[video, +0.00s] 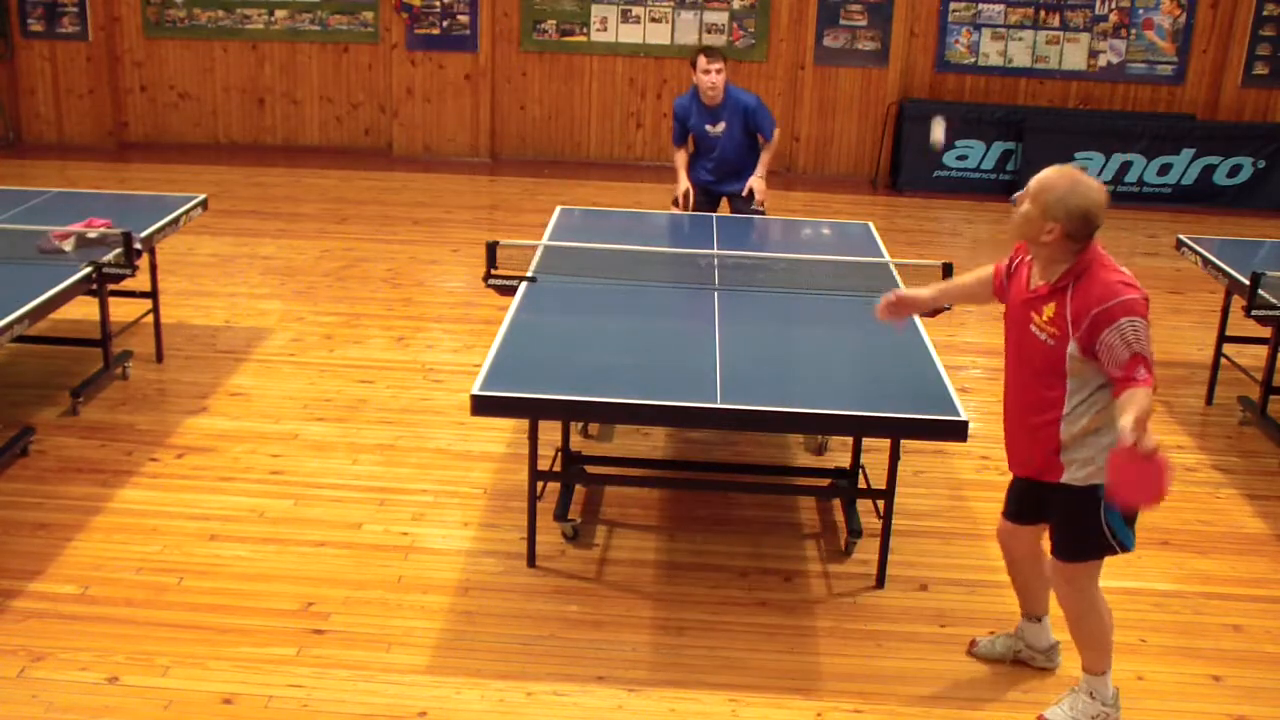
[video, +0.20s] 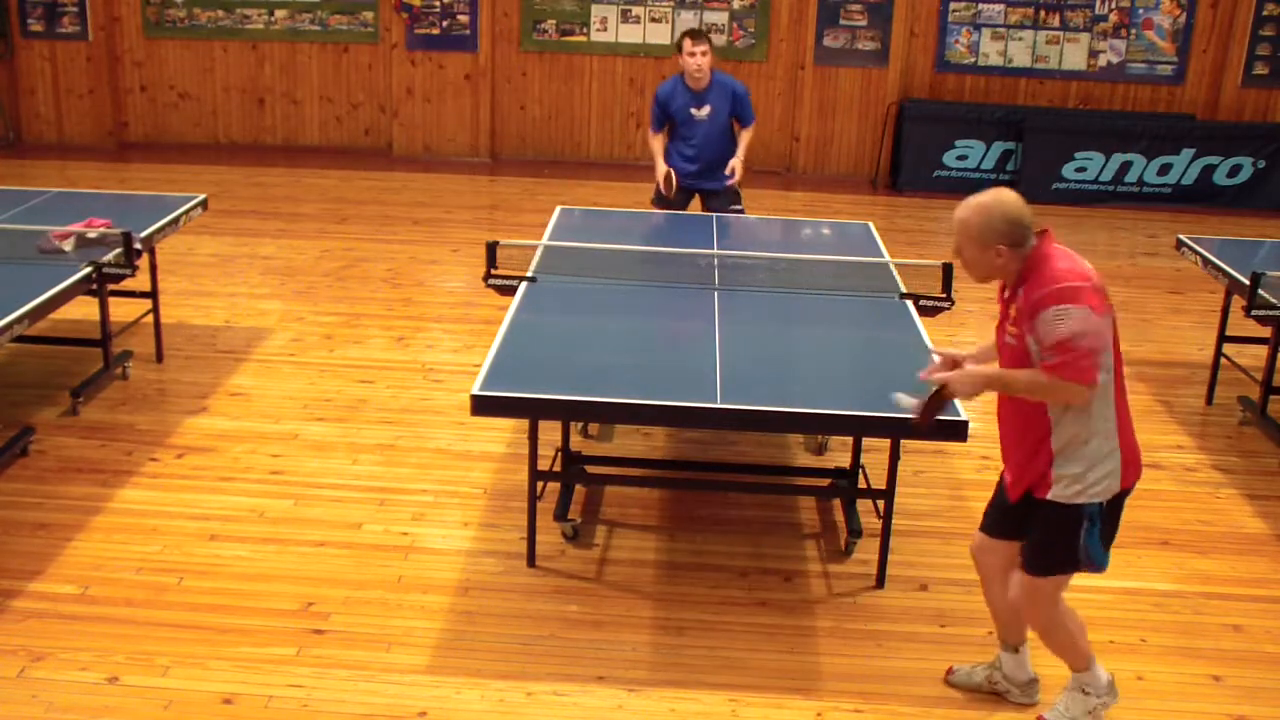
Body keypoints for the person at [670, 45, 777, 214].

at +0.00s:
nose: (713, 79)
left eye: (718, 72)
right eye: (706, 73)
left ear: (726, 74)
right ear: (694, 77)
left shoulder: (747, 104)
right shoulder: (684, 107)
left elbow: (772, 134)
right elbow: (680, 146)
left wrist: (759, 175)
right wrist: (682, 179)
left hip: (741, 179)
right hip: (704, 178)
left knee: (750, 237)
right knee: (693, 233)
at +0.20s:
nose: (698, 61)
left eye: (704, 54)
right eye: (692, 55)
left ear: (711, 57)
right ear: (680, 59)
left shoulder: (732, 90)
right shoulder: (666, 93)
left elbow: (747, 124)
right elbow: (656, 131)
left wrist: (739, 157)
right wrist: (660, 164)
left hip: (719, 176)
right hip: (678, 176)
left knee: (733, 236)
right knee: (661, 231)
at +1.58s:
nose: (591, 86)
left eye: (595, 79)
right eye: (584, 80)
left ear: (602, 80)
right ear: (570, 84)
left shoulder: (623, 106)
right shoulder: (560, 126)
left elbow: (659, 125)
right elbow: (546, 165)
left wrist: (694, 152)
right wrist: (535, 196)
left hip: (625, 183)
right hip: (584, 187)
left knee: (642, 237)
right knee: (567, 236)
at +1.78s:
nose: (613, 53)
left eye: (617, 47)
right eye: (606, 48)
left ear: (623, 49)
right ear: (592, 52)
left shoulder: (641, 79)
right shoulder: (579, 89)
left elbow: (670, 109)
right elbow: (561, 127)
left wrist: (683, 140)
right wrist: (563, 156)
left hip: (634, 165)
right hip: (593, 166)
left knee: (651, 223)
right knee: (570, 213)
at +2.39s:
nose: (550, 80)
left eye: (554, 74)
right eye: (544, 75)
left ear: (559, 73)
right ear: (530, 78)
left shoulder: (575, 81)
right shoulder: (529, 105)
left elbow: (613, 69)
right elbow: (516, 147)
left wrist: (650, 77)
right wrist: (510, 125)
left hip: (589, 146)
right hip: (549, 153)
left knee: (627, 198)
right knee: (532, 205)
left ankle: (648, 245)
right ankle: (523, 259)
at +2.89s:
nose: (620, 64)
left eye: (625, 58)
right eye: (614, 58)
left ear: (633, 60)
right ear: (604, 61)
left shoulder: (647, 85)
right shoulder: (593, 94)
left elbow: (663, 111)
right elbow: (565, 130)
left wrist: (667, 144)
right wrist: (573, 156)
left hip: (626, 156)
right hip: (589, 154)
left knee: (638, 208)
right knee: (562, 201)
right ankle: (532, 251)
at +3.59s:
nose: (646, 41)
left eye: (652, 35)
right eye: (642, 35)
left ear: (665, 39)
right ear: (638, 40)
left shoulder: (687, 64)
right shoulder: (635, 75)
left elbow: (721, 84)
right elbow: (608, 104)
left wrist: (727, 100)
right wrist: (594, 93)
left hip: (695, 142)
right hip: (656, 145)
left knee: (722, 193)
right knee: (643, 195)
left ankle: (752, 235)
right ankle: (639, 246)